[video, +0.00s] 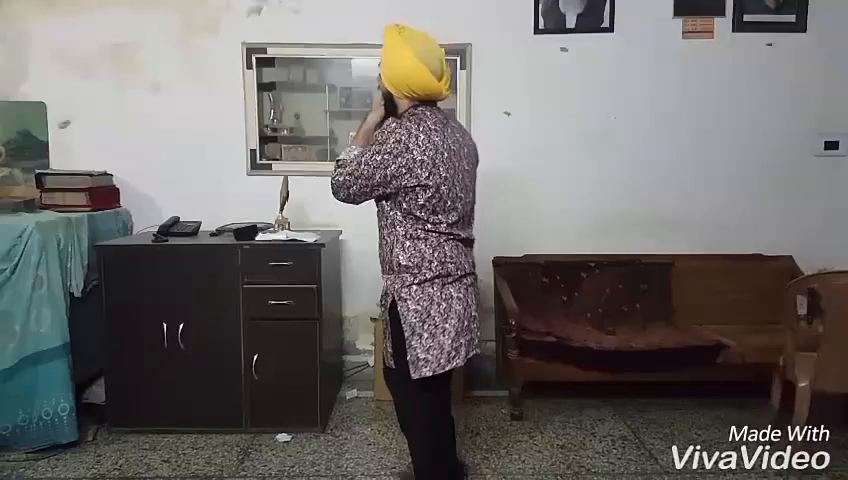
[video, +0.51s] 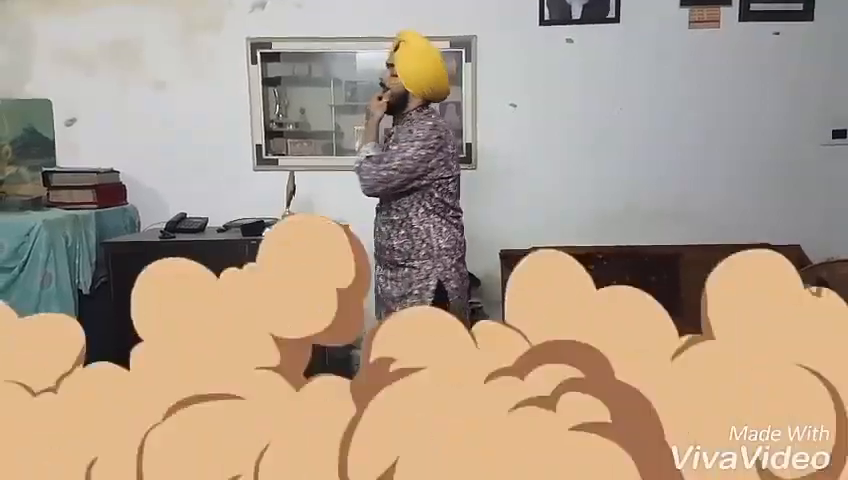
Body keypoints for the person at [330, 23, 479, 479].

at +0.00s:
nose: (381, 80)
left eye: (383, 74)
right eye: (385, 72)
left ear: (392, 85)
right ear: (435, 80)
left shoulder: (405, 140)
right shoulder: (459, 135)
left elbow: (345, 185)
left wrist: (362, 134)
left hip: (416, 293)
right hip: (456, 285)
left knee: (415, 405)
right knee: (434, 397)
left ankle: (434, 472)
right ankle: (444, 465)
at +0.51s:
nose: (384, 78)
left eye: (392, 71)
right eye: (387, 71)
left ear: (415, 80)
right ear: (412, 80)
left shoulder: (430, 130)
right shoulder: (400, 128)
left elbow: (373, 180)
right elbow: (375, 174)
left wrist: (371, 124)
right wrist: (373, 121)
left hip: (426, 267)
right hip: (398, 265)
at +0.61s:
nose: (393, 75)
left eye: (403, 69)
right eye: (393, 67)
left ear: (424, 78)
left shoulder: (435, 130)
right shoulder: (402, 126)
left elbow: (387, 180)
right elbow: (379, 196)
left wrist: (380, 129)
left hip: (428, 262)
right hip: (402, 258)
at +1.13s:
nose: (432, 61)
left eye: (443, 56)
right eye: (427, 53)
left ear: (460, 70)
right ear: (414, 60)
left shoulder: (469, 119)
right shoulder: (390, 115)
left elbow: (460, 170)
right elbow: (361, 163)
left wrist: (430, 107)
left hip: (450, 250)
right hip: (393, 248)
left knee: (449, 345)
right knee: (396, 345)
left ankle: (446, 451)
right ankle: (402, 444)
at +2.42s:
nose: (364, 61)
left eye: (372, 49)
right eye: (358, 54)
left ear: (405, 47)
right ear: (358, 58)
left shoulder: (454, 104)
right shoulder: (357, 122)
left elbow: (435, 172)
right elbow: (337, 205)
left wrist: (389, 110)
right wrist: (330, 281)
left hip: (447, 285)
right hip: (374, 288)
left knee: (467, 415)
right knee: (387, 420)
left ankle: (478, 476)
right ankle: (397, 476)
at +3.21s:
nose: (375, 69)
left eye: (385, 56)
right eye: (365, 61)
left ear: (411, 54)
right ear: (355, 64)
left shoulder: (456, 110)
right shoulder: (350, 119)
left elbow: (449, 189)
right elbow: (338, 199)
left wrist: (405, 117)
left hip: (446, 295)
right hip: (376, 296)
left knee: (464, 429)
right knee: (384, 429)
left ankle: (471, 473)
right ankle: (395, 475)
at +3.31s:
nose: (382, 71)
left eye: (391, 61)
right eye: (373, 60)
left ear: (409, 62)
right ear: (359, 61)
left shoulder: (455, 111)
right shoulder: (347, 115)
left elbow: (447, 184)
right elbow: (334, 189)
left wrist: (402, 103)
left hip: (444, 287)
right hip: (373, 289)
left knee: (464, 425)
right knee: (382, 426)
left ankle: (470, 475)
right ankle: (395, 474)